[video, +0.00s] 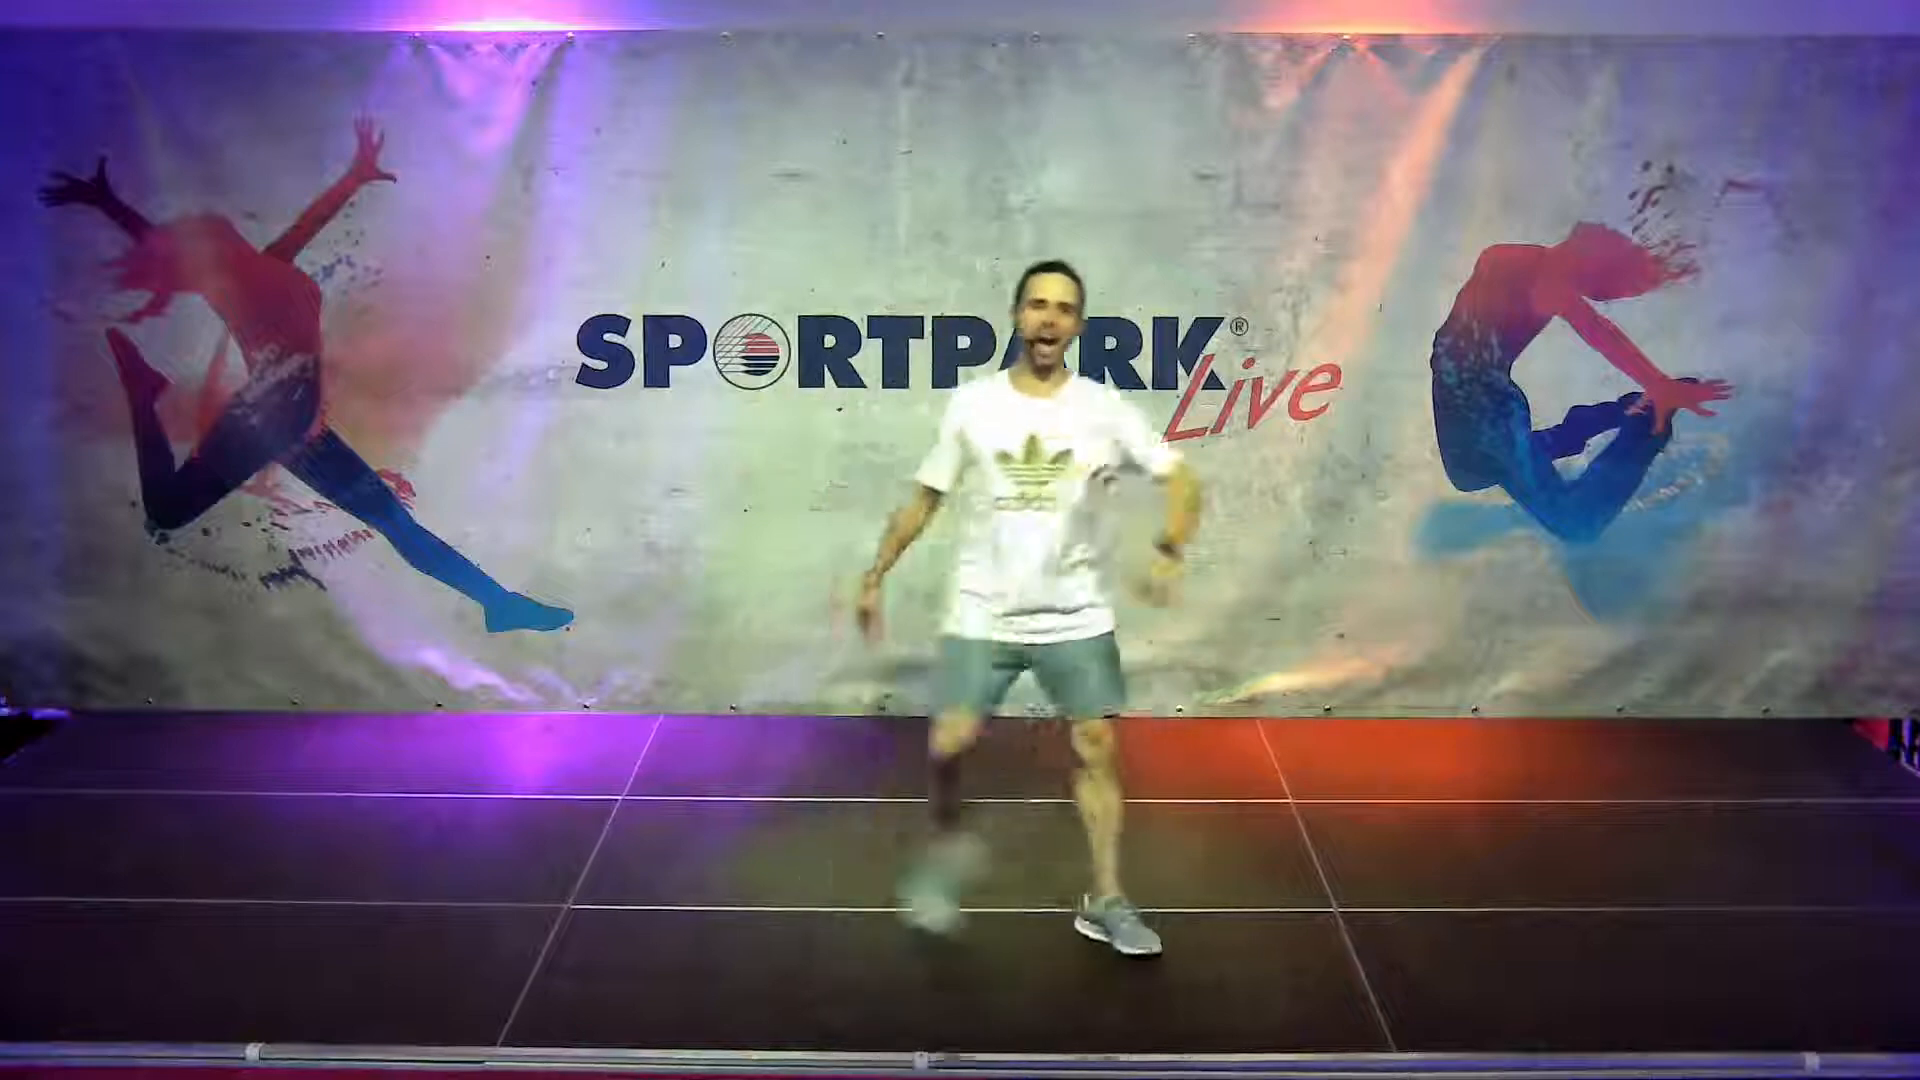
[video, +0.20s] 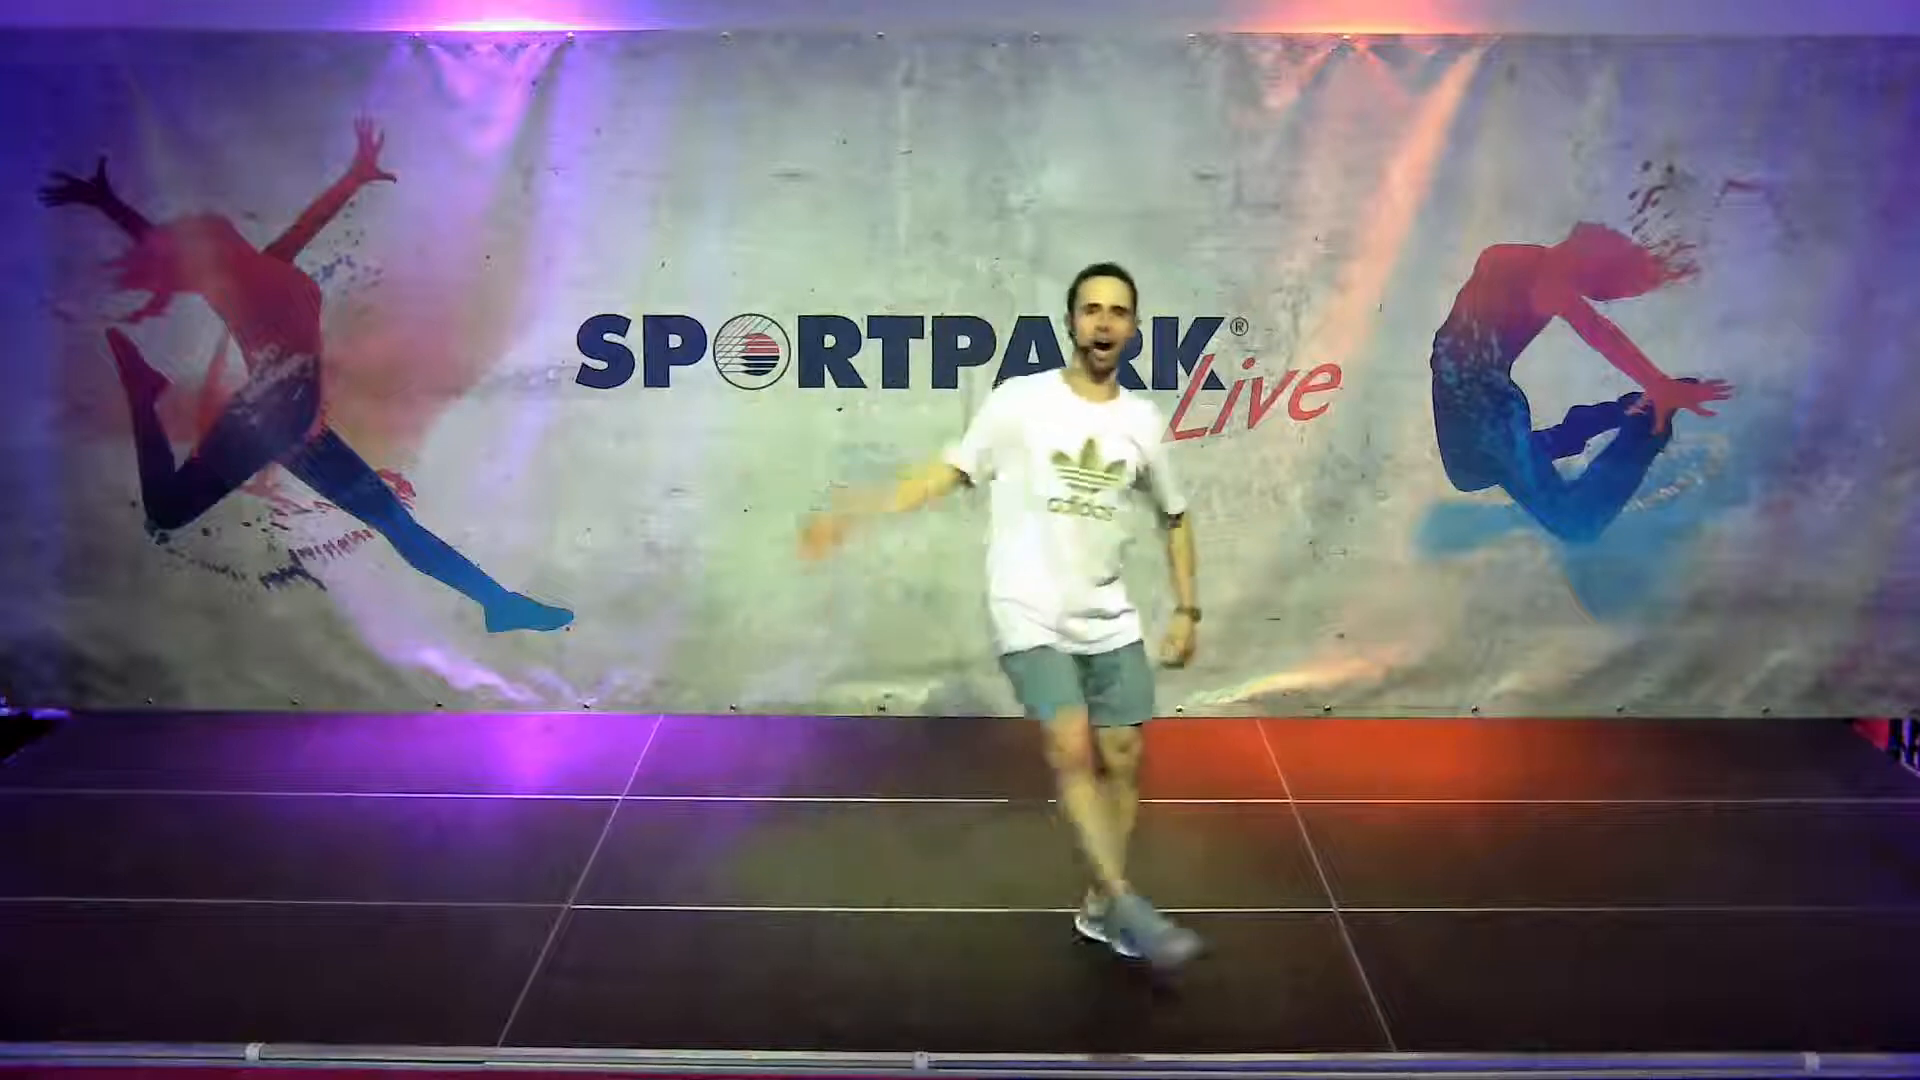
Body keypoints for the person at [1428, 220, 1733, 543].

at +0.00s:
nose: (1594, 290)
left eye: (1604, 289)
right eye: (1604, 284)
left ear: (1589, 250)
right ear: (1589, 247)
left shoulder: (1548, 283)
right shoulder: (1531, 265)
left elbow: (1598, 332)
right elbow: (1596, 331)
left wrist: (1657, 382)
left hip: (1487, 402)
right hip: (1455, 391)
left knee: (1576, 522)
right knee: (1468, 474)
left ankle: (1648, 425)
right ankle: (1570, 436)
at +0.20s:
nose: (1596, 291)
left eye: (1606, 290)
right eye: (1605, 285)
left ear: (1588, 250)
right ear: (1591, 250)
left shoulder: (1548, 282)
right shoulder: (1531, 265)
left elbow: (1598, 332)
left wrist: (1657, 383)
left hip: (1486, 401)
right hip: (1454, 390)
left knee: (1575, 522)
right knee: (1468, 475)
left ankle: (1648, 424)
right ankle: (1571, 436)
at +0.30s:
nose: (1597, 292)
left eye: (1606, 290)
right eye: (1606, 285)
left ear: (1588, 250)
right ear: (1590, 249)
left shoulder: (1548, 282)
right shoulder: (1531, 265)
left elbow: (1598, 332)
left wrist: (1657, 383)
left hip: (1486, 401)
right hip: (1454, 390)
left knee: (1575, 522)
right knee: (1468, 475)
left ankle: (1648, 424)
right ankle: (1571, 436)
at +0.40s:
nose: (1598, 290)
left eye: (1609, 288)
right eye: (1606, 284)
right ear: (1589, 252)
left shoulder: (1551, 284)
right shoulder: (1531, 265)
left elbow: (1599, 332)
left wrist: (1658, 385)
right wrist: (1654, 267)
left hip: (1486, 392)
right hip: (1453, 382)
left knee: (1576, 525)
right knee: (1468, 474)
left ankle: (1649, 423)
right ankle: (1571, 436)